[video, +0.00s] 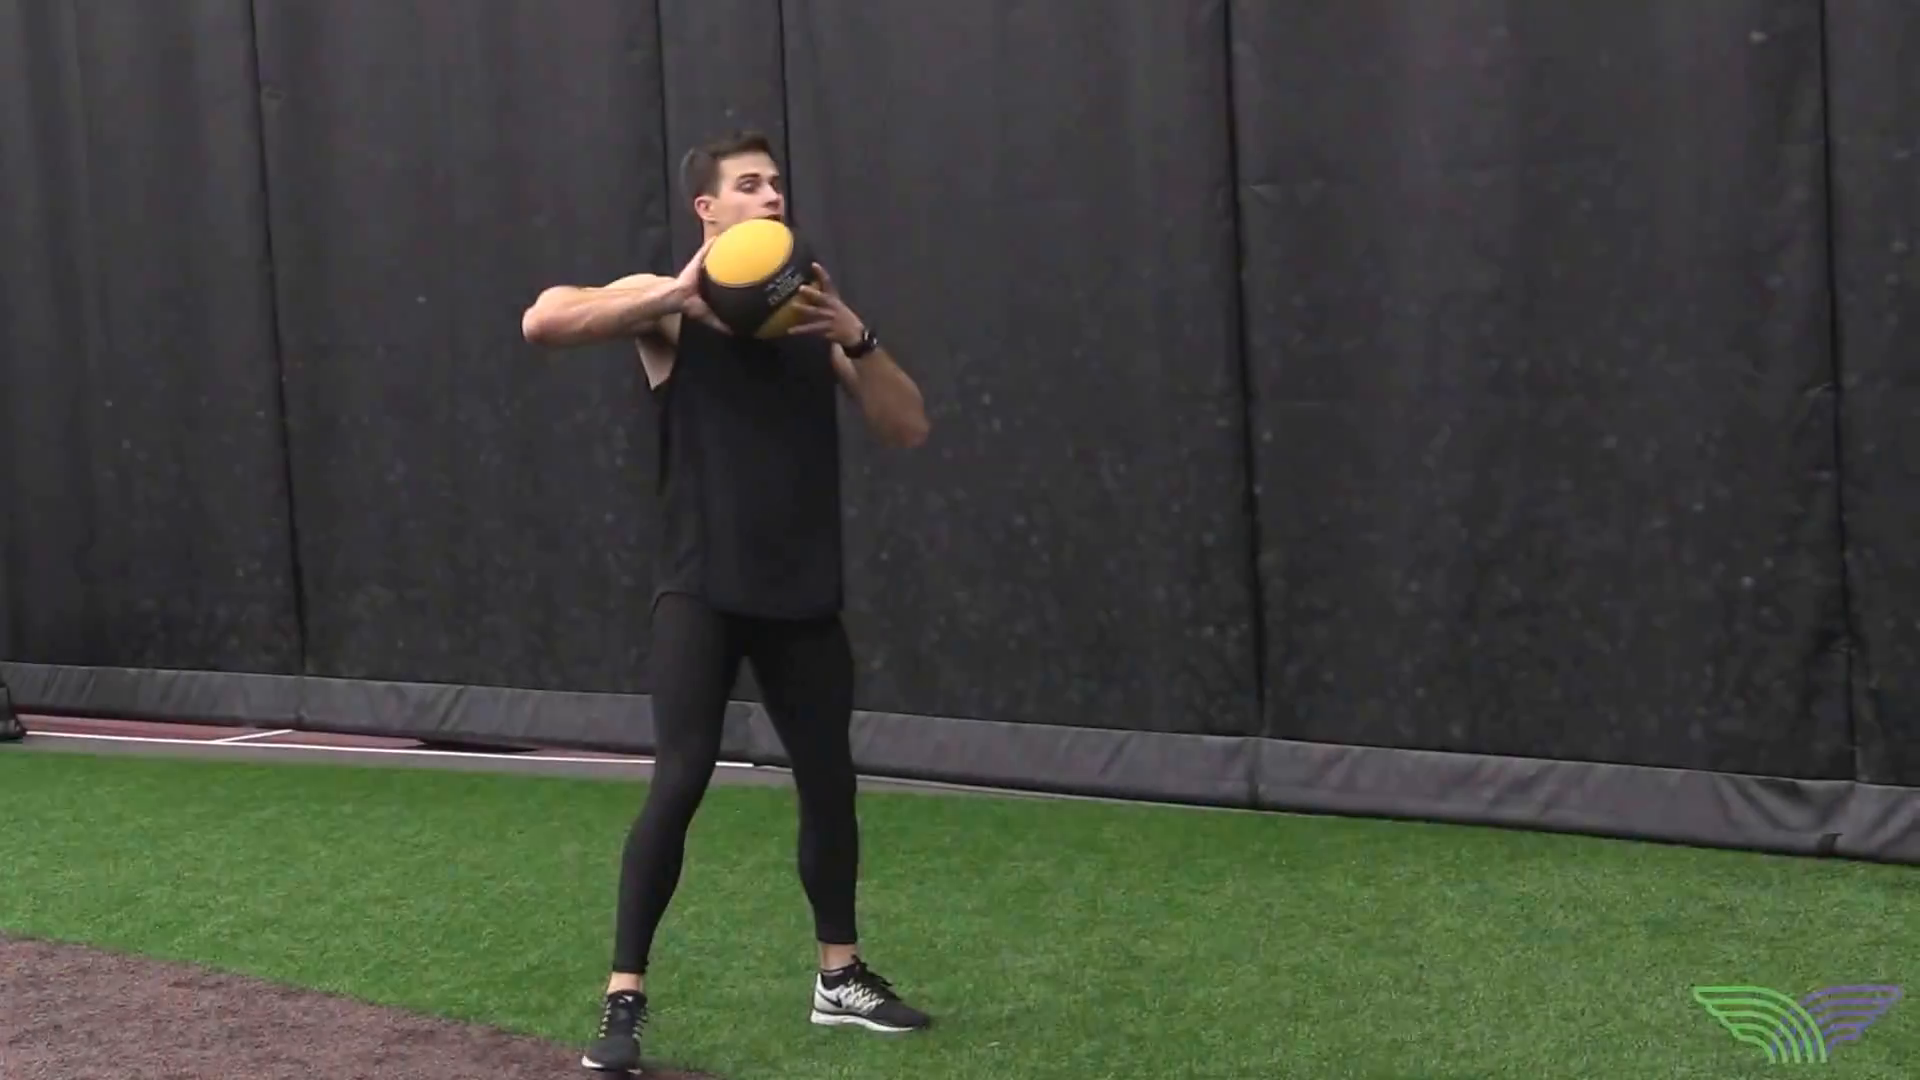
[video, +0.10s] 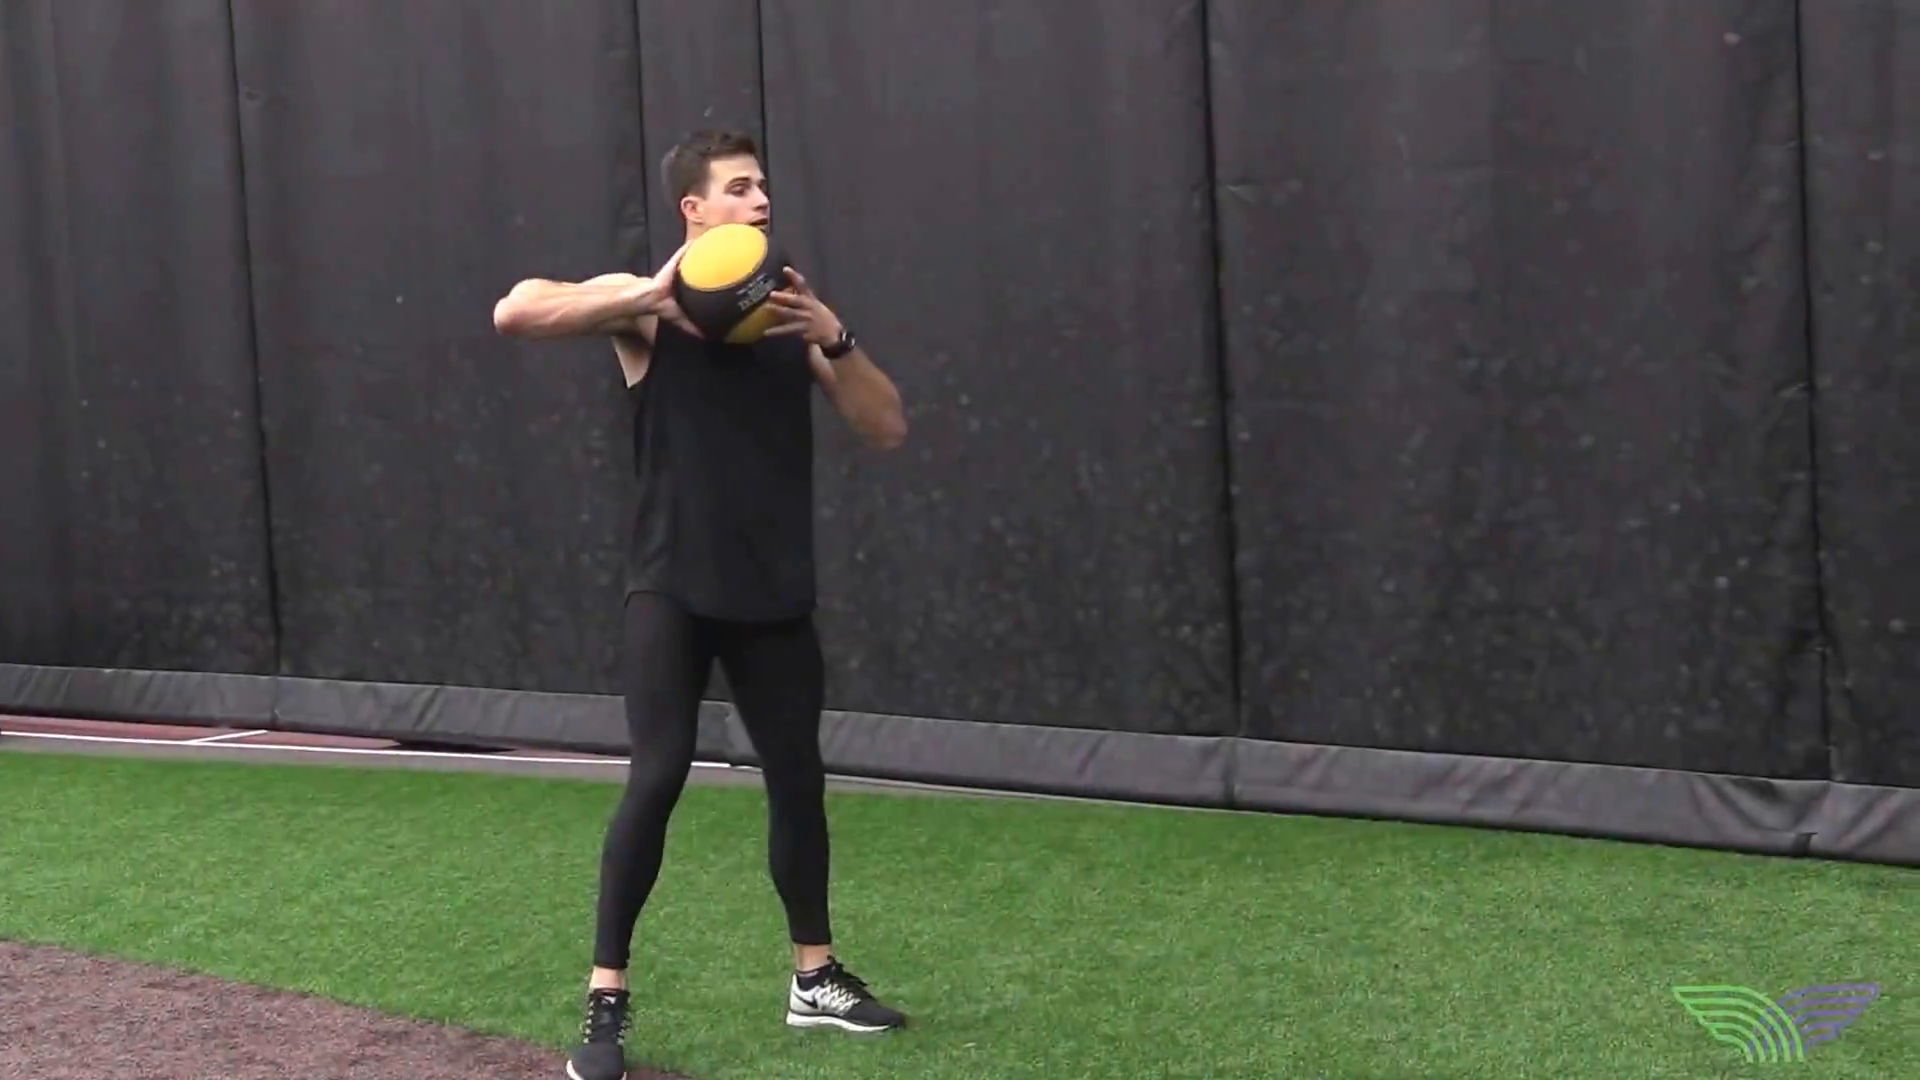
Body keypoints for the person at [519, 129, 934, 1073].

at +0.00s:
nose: (770, 197)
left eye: (776, 185)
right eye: (749, 184)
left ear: (788, 205)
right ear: (704, 206)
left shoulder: (815, 306)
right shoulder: (666, 297)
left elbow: (910, 425)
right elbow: (540, 321)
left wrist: (856, 342)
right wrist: (668, 296)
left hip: (802, 588)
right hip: (699, 586)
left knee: (831, 781)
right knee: (680, 780)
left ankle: (840, 977)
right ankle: (625, 992)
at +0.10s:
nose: (758, 204)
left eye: (762, 190)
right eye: (738, 190)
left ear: (767, 206)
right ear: (691, 206)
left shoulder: (794, 312)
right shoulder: (643, 299)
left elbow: (889, 426)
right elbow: (514, 310)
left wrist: (835, 342)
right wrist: (642, 295)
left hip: (773, 585)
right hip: (670, 582)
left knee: (799, 777)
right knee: (658, 774)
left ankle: (816, 976)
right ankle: (607, 990)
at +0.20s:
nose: (719, 209)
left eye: (724, 195)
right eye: (699, 195)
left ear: (731, 212)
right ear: (650, 213)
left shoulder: (754, 317)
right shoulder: (600, 302)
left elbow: (850, 429)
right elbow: (464, 318)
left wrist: (795, 344)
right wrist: (585, 308)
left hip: (730, 591)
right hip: (626, 588)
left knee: (760, 777)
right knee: (616, 768)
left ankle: (783, 977)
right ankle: (560, 990)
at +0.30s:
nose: (663, 221)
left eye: (668, 205)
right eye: (641, 207)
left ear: (676, 220)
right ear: (585, 226)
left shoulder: (706, 315)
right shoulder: (542, 311)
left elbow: (799, 431)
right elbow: (396, 327)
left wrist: (745, 349)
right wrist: (541, 324)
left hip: (678, 592)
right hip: (574, 590)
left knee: (711, 776)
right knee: (548, 768)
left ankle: (739, 974)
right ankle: (474, 985)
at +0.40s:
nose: (589, 242)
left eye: (592, 224)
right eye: (566, 230)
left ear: (600, 234)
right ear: (516, 248)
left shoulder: (645, 325)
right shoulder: (473, 327)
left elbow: (731, 441)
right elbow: (321, 346)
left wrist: (648, 379)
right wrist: (444, 352)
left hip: (622, 601)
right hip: (513, 599)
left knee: (668, 781)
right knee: (479, 780)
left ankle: (701, 976)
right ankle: (407, 1001)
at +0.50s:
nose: (510, 278)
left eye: (516, 260)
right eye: (488, 267)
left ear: (527, 265)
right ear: (439, 286)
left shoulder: (572, 348)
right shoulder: (403, 357)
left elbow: (663, 466)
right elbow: (244, 376)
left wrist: (570, 425)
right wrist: (354, 390)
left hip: (571, 619)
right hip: (460, 618)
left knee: (640, 788)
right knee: (425, 801)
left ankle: (678, 976)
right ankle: (367, 1016)